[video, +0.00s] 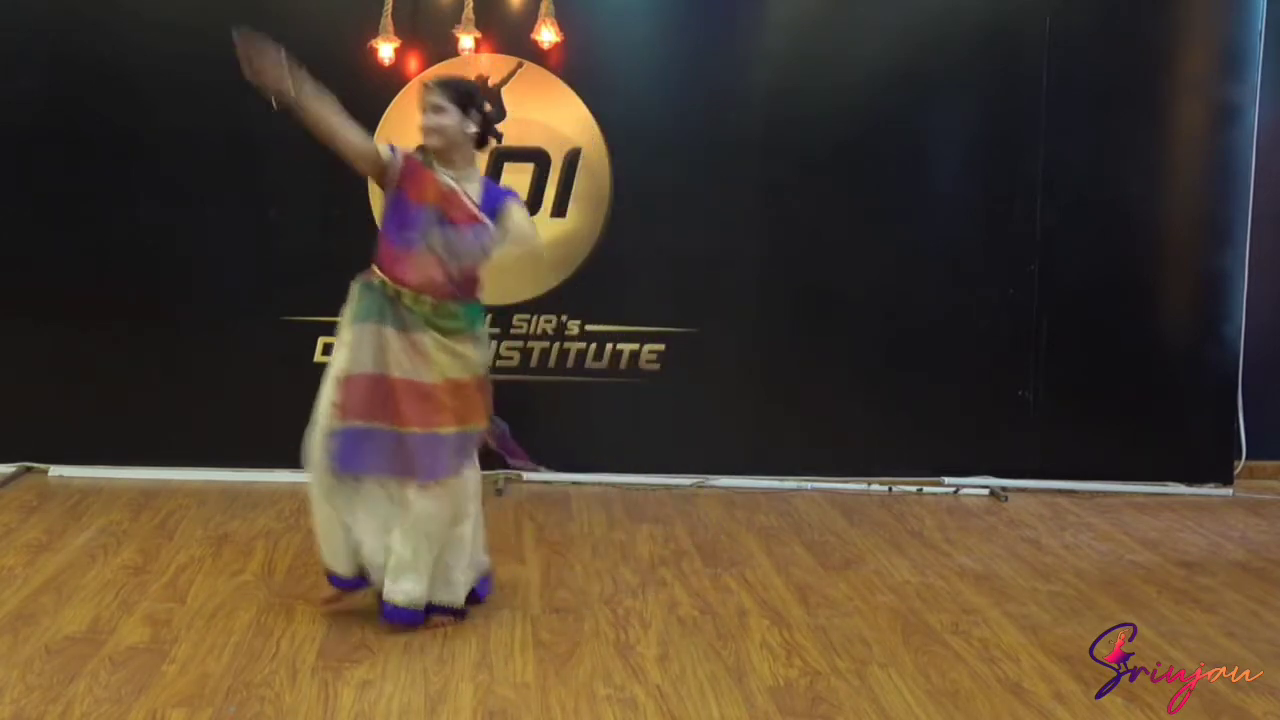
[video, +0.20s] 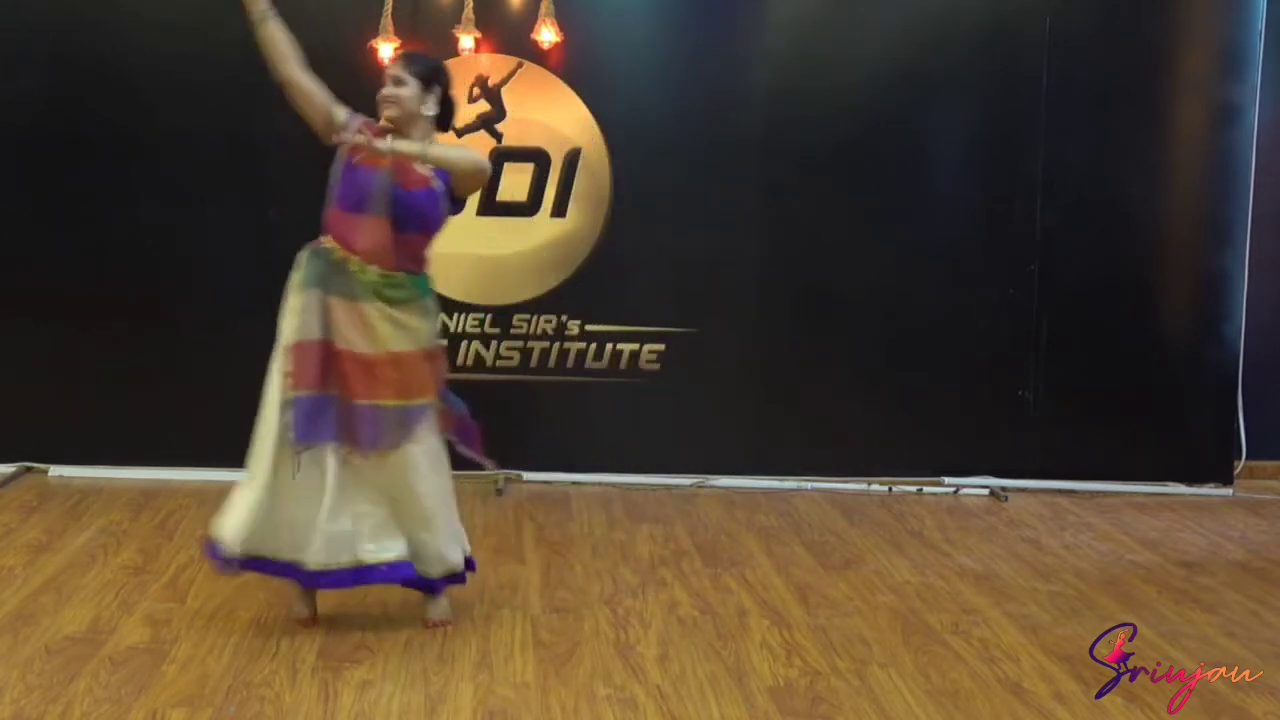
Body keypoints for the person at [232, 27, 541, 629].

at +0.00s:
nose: (427, 122)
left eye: (439, 112)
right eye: (425, 113)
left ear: (474, 124)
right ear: (424, 124)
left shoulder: (497, 203)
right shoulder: (404, 170)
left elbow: (534, 244)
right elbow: (345, 134)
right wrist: (292, 85)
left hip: (448, 333)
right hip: (382, 324)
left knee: (439, 461)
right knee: (343, 446)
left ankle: (422, 583)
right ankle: (358, 557)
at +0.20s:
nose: (386, 92)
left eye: (400, 85)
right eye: (383, 83)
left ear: (431, 99)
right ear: (378, 95)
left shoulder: (445, 161)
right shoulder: (351, 134)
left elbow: (480, 166)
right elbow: (292, 73)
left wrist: (406, 146)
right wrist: (260, 11)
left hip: (398, 311)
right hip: (326, 299)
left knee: (408, 448)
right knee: (307, 438)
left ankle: (437, 577)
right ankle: (303, 567)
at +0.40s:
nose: (348, 126)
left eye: (363, 118)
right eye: (346, 116)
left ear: (394, 134)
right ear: (341, 127)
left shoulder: (405, 211)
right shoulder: (309, 174)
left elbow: (471, 251)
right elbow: (227, 161)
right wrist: (234, 105)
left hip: (350, 343)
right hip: (281, 332)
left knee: (338, 466)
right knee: (276, 462)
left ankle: (322, 591)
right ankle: (273, 600)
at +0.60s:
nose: (347, 172)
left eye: (362, 169)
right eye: (343, 159)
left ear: (375, 185)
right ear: (327, 160)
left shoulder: (370, 253)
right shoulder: (281, 210)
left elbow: (432, 314)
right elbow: (209, 245)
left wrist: (460, 375)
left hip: (311, 379)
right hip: (243, 360)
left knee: (278, 492)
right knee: (226, 488)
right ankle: (185, 615)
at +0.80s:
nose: (341, 186)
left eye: (353, 182)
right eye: (336, 169)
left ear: (356, 191)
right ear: (304, 155)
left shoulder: (331, 249)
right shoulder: (250, 206)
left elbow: (392, 315)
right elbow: (189, 251)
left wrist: (430, 383)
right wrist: (252, 320)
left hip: (283, 382)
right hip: (219, 371)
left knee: (267, 491)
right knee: (210, 492)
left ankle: (261, 602)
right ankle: (176, 616)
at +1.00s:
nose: (307, 134)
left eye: (318, 127)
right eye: (297, 121)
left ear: (326, 138)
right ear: (267, 121)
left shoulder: (323, 194)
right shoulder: (231, 176)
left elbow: (380, 191)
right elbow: (172, 211)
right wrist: (254, 254)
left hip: (286, 350)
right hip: (220, 344)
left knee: (267, 481)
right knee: (218, 480)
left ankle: (243, 608)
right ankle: (205, 617)